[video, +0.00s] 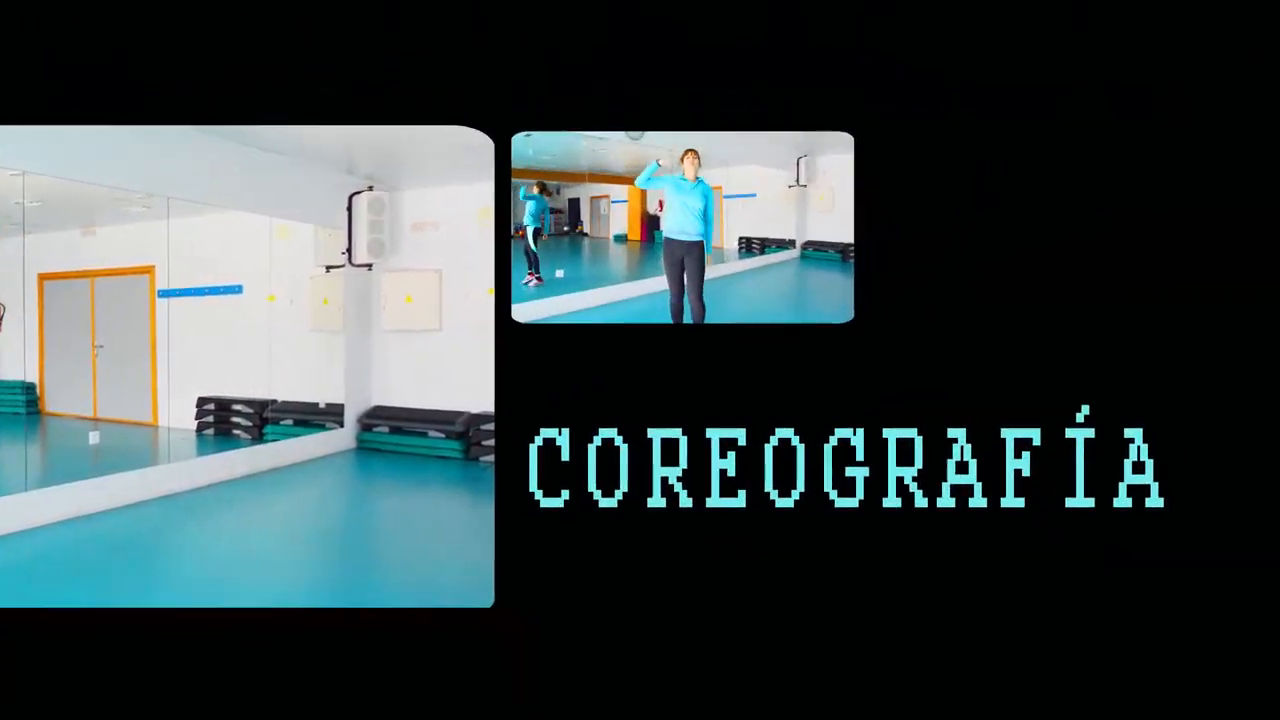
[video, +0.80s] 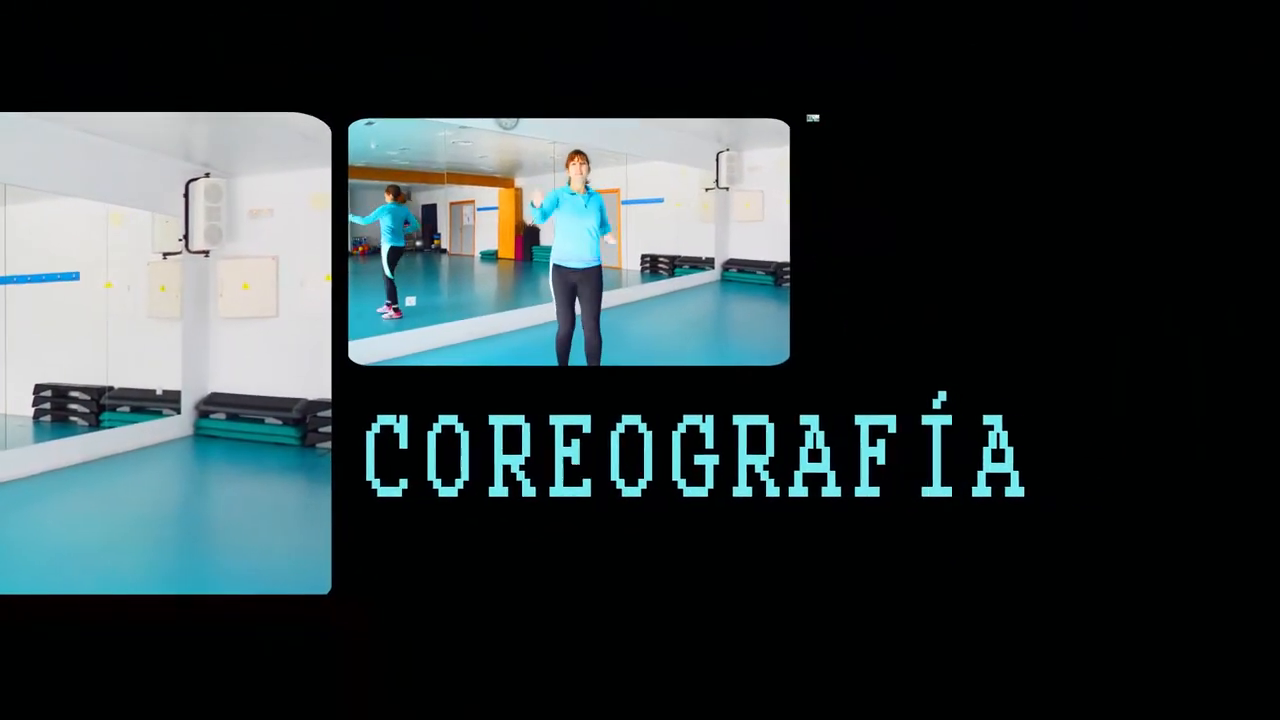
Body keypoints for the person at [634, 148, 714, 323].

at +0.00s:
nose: (692, 159)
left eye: (695, 157)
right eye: (688, 157)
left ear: (699, 163)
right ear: (682, 163)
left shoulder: (705, 189)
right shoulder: (670, 181)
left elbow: (709, 220)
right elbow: (639, 183)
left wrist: (708, 248)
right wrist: (655, 164)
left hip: (695, 244)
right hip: (671, 242)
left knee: (695, 294)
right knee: (676, 293)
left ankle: (698, 322)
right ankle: (677, 322)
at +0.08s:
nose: (668, 163)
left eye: (672, 161)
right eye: (664, 161)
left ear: (677, 169)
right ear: (658, 168)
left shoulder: (683, 197)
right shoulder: (644, 189)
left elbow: (689, 233)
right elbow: (616, 198)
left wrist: (692, 266)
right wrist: (631, 182)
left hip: (671, 258)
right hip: (645, 257)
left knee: (671, 312)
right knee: (653, 312)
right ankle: (655, 335)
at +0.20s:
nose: (637, 170)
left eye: (641, 168)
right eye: (632, 168)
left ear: (647, 176)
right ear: (626, 177)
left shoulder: (655, 207)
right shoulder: (615, 200)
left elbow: (662, 244)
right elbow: (594, 219)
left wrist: (668, 277)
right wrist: (597, 223)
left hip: (642, 274)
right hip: (614, 274)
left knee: (640, 335)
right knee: (617, 337)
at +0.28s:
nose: (618, 168)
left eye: (622, 165)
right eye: (613, 165)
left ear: (628, 174)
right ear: (606, 174)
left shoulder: (638, 202)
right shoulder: (595, 202)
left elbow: (647, 231)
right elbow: (585, 227)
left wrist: (651, 253)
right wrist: (580, 240)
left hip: (627, 275)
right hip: (597, 275)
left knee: (624, 336)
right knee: (595, 335)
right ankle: (603, 355)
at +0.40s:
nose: (595, 158)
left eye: (599, 156)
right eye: (590, 156)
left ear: (605, 165)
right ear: (582, 166)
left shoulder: (617, 190)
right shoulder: (571, 197)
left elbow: (637, 223)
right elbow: (564, 232)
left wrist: (630, 212)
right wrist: (560, 266)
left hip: (609, 267)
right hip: (578, 266)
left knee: (605, 332)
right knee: (578, 330)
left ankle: (608, 363)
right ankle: (580, 358)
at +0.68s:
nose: (579, 175)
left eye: (582, 171)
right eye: (574, 171)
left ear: (588, 176)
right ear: (567, 177)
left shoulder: (597, 206)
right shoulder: (557, 206)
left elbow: (617, 234)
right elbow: (547, 233)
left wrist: (611, 218)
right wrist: (537, 252)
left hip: (594, 280)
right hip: (564, 280)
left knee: (590, 340)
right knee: (569, 339)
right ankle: (565, 365)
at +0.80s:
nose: (578, 167)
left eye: (582, 163)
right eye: (574, 164)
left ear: (588, 168)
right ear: (568, 169)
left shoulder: (596, 198)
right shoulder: (557, 195)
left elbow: (603, 226)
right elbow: (540, 219)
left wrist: (608, 234)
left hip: (591, 269)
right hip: (562, 268)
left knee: (592, 326)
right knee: (565, 326)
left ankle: (594, 364)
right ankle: (562, 365)